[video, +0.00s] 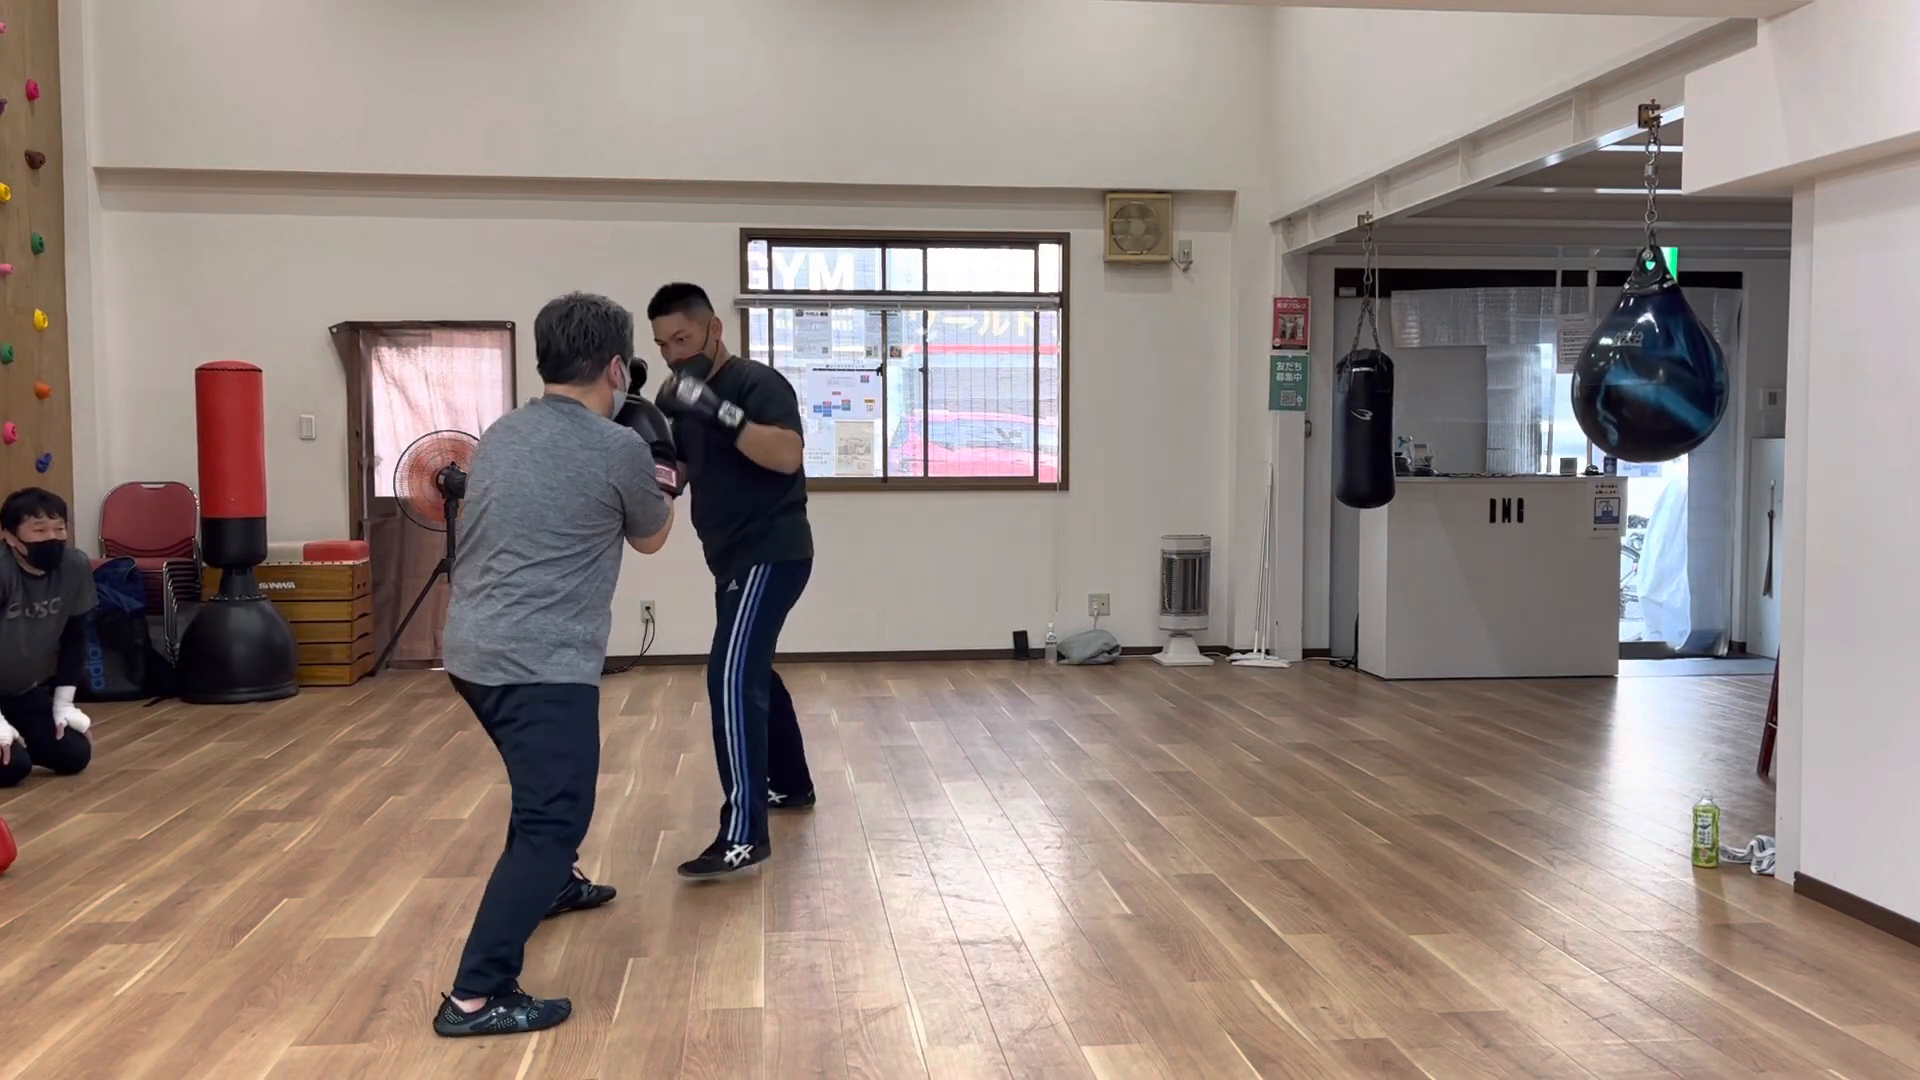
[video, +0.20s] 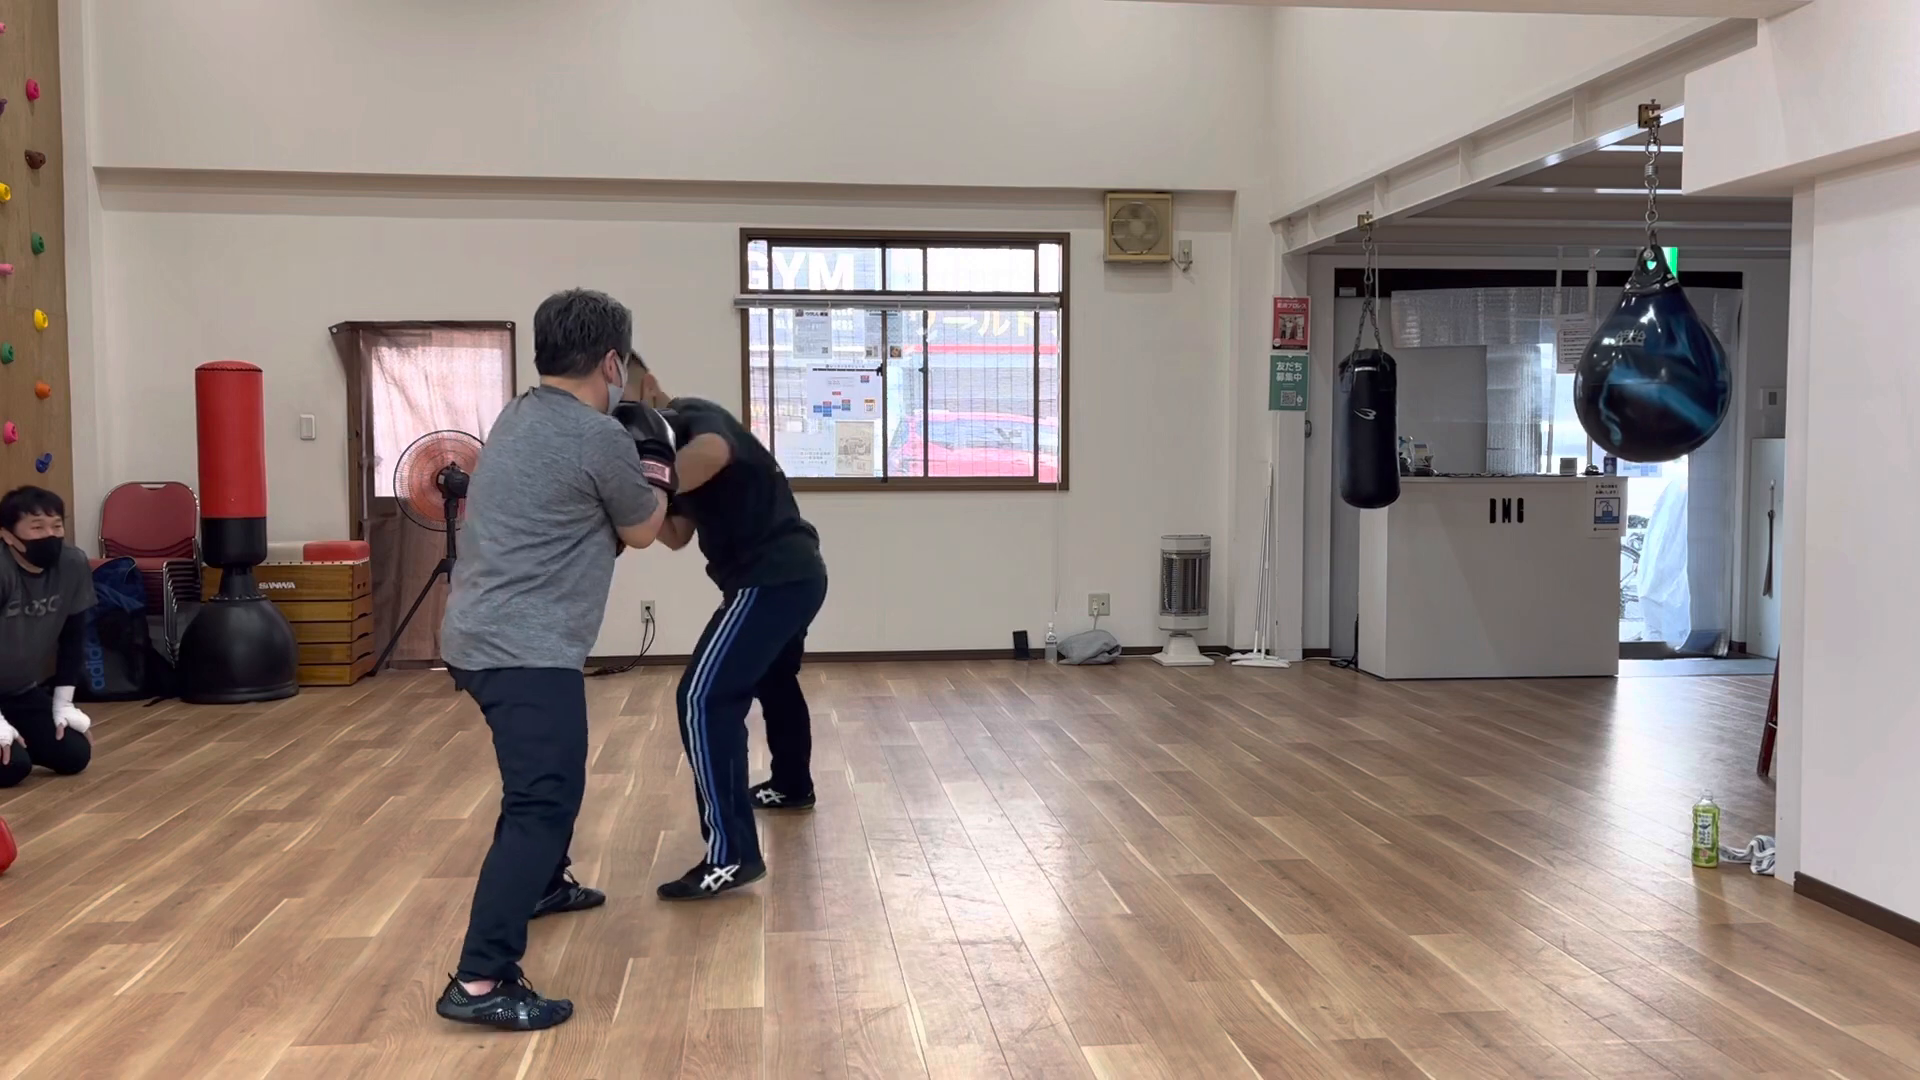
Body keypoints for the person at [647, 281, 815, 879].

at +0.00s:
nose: (675, 353)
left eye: (683, 339)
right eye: (665, 344)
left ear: (716, 328)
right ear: (659, 345)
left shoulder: (759, 383)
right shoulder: (683, 397)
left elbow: (787, 455)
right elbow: (677, 466)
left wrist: (718, 413)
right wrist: (653, 434)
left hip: (771, 552)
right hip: (732, 556)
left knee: (730, 678)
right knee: (751, 672)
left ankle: (742, 838)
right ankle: (792, 784)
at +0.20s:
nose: (621, 412)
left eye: (621, 399)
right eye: (617, 405)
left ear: (646, 383)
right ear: (646, 385)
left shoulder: (691, 412)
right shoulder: (671, 443)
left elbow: (714, 450)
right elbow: (676, 535)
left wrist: (655, 483)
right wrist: (639, 487)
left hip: (770, 578)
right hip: (786, 575)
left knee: (700, 699)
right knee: (776, 682)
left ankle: (732, 857)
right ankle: (791, 784)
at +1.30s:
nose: (664, 347)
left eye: (674, 335)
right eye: (655, 338)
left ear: (707, 328)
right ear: (650, 339)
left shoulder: (747, 384)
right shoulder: (661, 395)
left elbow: (754, 461)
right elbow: (631, 469)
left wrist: (704, 394)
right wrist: (611, 406)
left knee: (708, 670)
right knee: (712, 673)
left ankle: (715, 825)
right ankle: (784, 768)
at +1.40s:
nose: (650, 351)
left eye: (662, 338)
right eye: (642, 340)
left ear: (696, 333)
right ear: (638, 340)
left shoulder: (738, 393)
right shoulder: (653, 401)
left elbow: (759, 472)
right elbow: (619, 471)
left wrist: (691, 427)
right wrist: (593, 415)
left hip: (733, 559)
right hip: (685, 565)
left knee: (686, 681)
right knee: (723, 676)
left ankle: (670, 836)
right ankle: (785, 769)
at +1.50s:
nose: (635, 343)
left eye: (647, 331)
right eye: (627, 333)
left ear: (681, 326)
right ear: (622, 332)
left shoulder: (714, 385)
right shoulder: (638, 394)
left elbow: (740, 458)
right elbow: (603, 461)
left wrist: (667, 414)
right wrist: (578, 397)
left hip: (715, 560)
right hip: (678, 562)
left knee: (672, 689)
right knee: (712, 672)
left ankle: (657, 850)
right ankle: (777, 762)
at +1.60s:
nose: (618, 345)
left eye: (629, 331)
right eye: (610, 334)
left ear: (666, 327)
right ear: (608, 334)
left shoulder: (691, 379)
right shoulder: (639, 396)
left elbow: (679, 425)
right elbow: (597, 460)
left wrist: (595, 400)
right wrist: (580, 389)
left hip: (704, 564)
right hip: (676, 566)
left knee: (648, 692)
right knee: (687, 674)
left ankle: (656, 854)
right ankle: (760, 767)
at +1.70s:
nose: (612, 348)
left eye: (624, 334)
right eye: (605, 337)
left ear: (660, 329)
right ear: (602, 335)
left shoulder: (679, 378)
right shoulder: (632, 393)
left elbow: (635, 408)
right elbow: (599, 463)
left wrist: (574, 376)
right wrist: (573, 399)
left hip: (702, 566)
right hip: (674, 567)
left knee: (643, 693)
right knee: (682, 681)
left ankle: (654, 852)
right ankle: (747, 783)